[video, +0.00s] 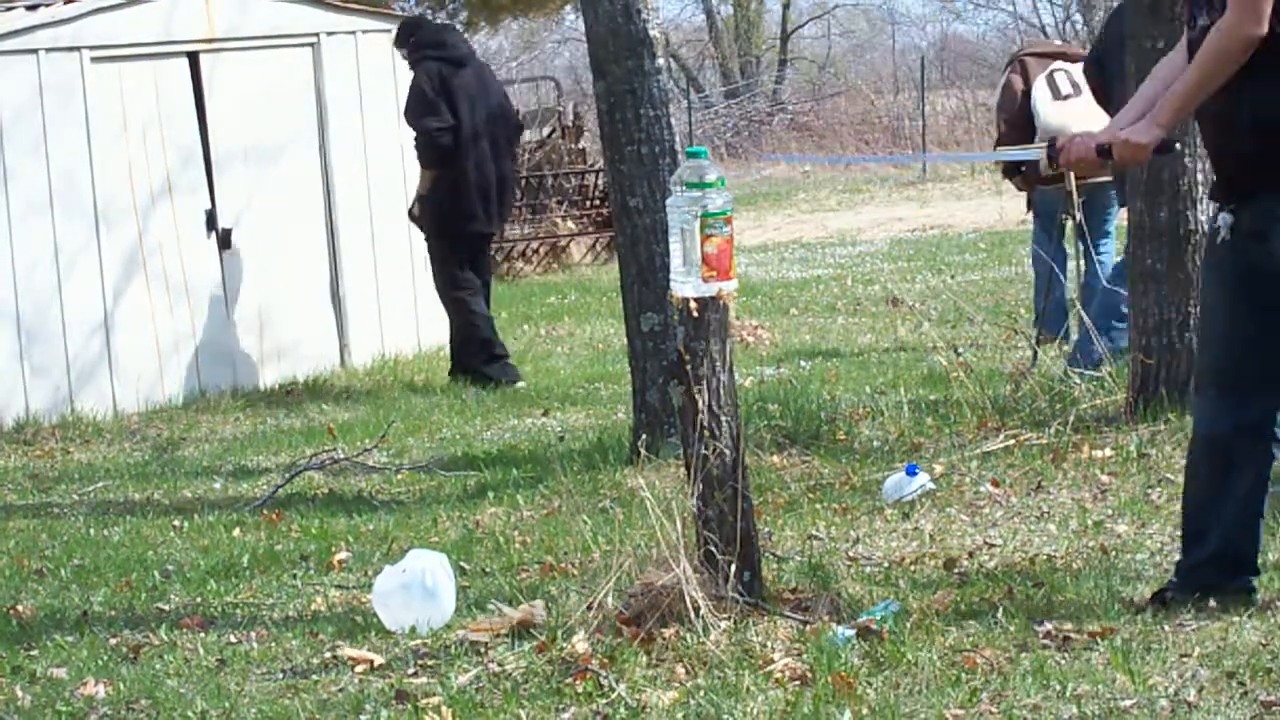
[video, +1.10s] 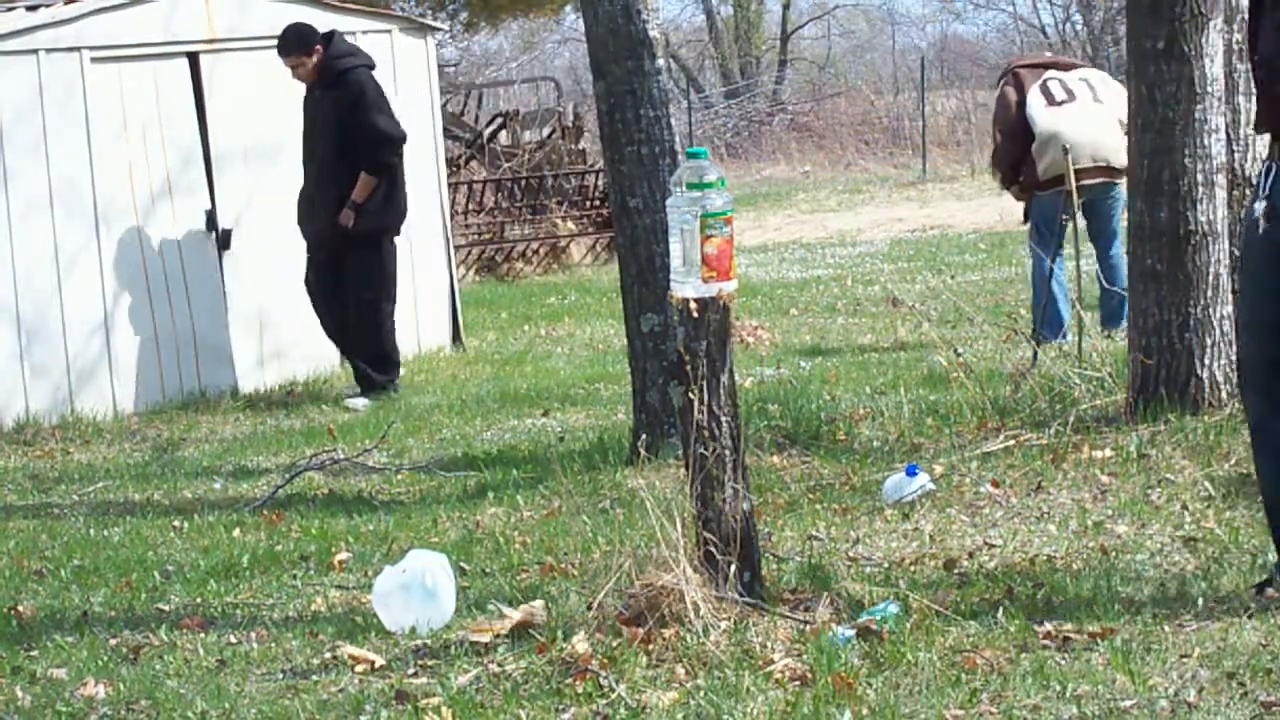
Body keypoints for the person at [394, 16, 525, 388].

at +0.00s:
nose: (405, 59)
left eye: (405, 52)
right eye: (403, 53)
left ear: (415, 45)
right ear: (438, 38)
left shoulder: (427, 72)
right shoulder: (479, 69)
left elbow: (435, 134)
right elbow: (510, 121)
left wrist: (422, 191)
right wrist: (499, 172)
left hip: (450, 194)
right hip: (488, 189)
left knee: (455, 283)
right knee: (475, 279)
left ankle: (496, 368)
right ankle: (466, 368)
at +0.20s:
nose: (390, 66)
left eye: (388, 56)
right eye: (386, 59)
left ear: (403, 44)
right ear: (417, 41)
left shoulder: (423, 70)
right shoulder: (462, 69)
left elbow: (436, 127)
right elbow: (494, 121)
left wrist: (413, 183)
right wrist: (472, 169)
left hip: (442, 196)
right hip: (475, 192)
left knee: (417, 277)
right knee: (463, 275)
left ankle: (462, 368)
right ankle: (470, 363)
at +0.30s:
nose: (381, 65)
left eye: (379, 56)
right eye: (376, 59)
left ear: (395, 43)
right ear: (400, 40)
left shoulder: (422, 69)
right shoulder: (451, 67)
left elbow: (439, 130)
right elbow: (479, 133)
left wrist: (408, 186)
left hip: (440, 200)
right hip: (472, 196)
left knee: (411, 283)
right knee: (458, 280)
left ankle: (431, 379)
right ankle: (469, 369)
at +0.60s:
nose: (349, 72)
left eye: (349, 64)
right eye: (345, 66)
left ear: (368, 50)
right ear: (366, 51)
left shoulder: (404, 77)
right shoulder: (398, 76)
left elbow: (429, 145)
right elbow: (422, 145)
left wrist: (395, 199)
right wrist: (394, 197)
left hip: (423, 213)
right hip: (424, 211)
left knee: (401, 299)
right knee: (441, 298)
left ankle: (378, 388)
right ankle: (469, 376)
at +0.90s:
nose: (312, 74)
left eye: (313, 65)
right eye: (308, 67)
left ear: (333, 53)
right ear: (332, 54)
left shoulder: (369, 79)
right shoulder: (352, 80)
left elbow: (398, 145)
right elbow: (363, 149)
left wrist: (365, 203)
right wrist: (348, 204)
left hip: (386, 214)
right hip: (368, 214)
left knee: (384, 300)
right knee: (379, 298)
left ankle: (379, 386)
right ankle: (440, 361)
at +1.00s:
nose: (303, 75)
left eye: (306, 66)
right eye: (299, 68)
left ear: (325, 53)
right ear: (315, 57)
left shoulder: (360, 78)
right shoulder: (334, 80)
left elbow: (391, 145)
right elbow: (343, 149)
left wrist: (360, 204)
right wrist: (330, 202)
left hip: (375, 216)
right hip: (347, 215)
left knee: (374, 299)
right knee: (346, 293)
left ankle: (379, 387)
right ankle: (414, 349)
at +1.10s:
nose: (293, 74)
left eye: (296, 65)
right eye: (289, 67)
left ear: (316, 52)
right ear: (303, 58)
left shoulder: (354, 80)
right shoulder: (318, 86)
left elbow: (386, 144)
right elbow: (326, 152)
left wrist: (354, 203)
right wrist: (314, 203)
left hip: (365, 218)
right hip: (329, 218)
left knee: (366, 298)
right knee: (323, 290)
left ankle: (379, 386)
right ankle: (369, 372)